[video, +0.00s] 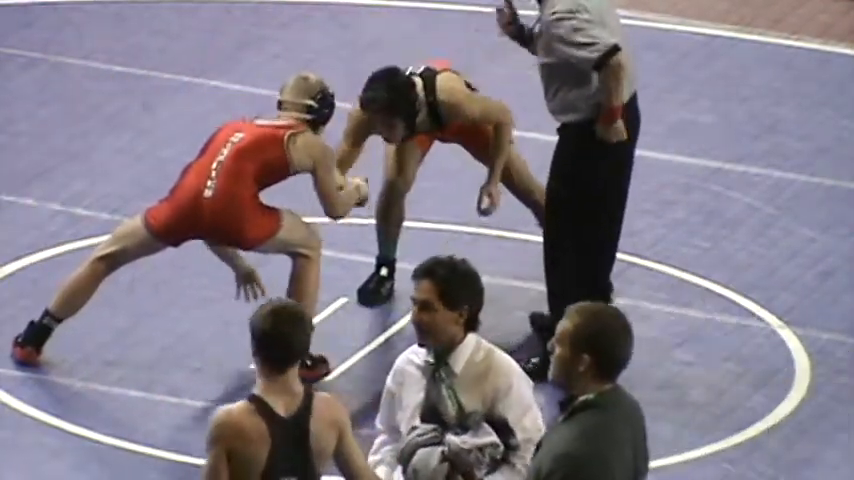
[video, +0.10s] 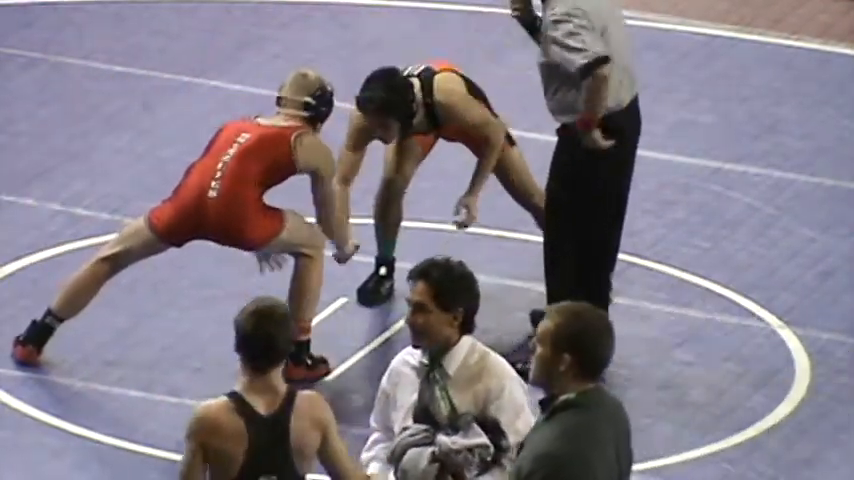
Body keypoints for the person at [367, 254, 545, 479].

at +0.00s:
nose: (415, 318)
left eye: (426, 309)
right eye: (414, 306)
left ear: (461, 315)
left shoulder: (503, 373)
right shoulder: (407, 364)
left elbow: (527, 452)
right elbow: (388, 436)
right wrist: (383, 473)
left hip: (476, 473)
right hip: (412, 472)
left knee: (427, 460)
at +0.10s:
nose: (409, 319)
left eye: (421, 310)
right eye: (409, 308)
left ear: (456, 318)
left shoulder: (497, 376)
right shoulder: (402, 365)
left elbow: (524, 453)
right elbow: (381, 434)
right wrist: (380, 471)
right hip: (405, 472)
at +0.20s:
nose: (402, 319)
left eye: (414, 311)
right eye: (404, 308)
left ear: (448, 320)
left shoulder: (490, 377)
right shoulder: (397, 365)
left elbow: (508, 457)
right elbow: (374, 435)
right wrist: (373, 472)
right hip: (396, 473)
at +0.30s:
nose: (394, 317)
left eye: (405, 309)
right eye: (396, 306)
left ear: (440, 319)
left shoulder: (479, 371)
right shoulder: (389, 365)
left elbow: (492, 446)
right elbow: (367, 436)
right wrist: (362, 472)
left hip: (451, 475)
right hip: (390, 473)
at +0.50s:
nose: (368, 318)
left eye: (380, 308)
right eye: (370, 307)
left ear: (415, 317)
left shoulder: (454, 367)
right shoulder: (358, 370)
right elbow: (341, 445)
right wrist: (335, 475)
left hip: (438, 474)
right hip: (371, 472)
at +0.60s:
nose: (353, 318)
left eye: (364, 307)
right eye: (354, 306)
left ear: (399, 315)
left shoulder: (437, 363)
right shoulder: (342, 370)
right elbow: (323, 444)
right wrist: (320, 474)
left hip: (423, 472)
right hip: (358, 472)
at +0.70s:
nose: (339, 317)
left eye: (351, 306)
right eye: (338, 305)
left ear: (385, 312)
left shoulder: (423, 359)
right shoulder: (325, 369)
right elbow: (308, 441)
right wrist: (315, 474)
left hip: (411, 472)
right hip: (344, 473)